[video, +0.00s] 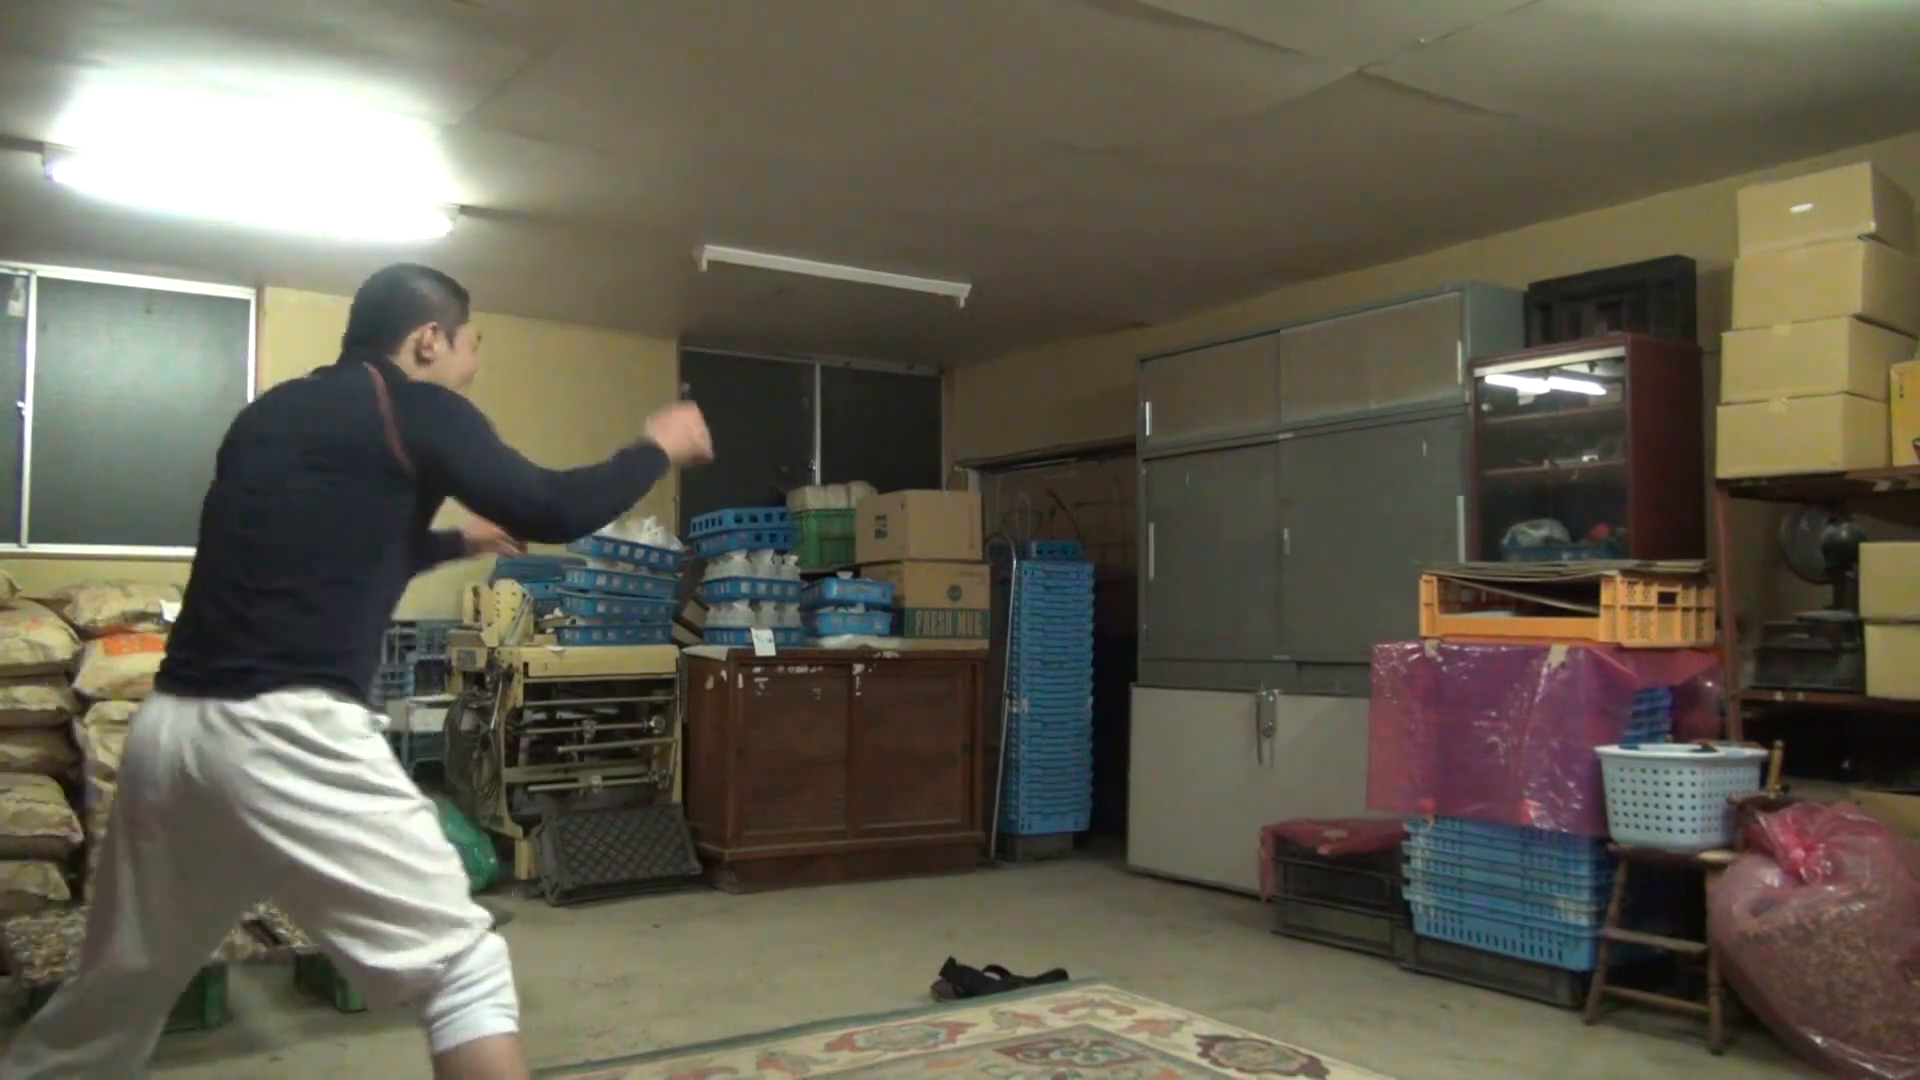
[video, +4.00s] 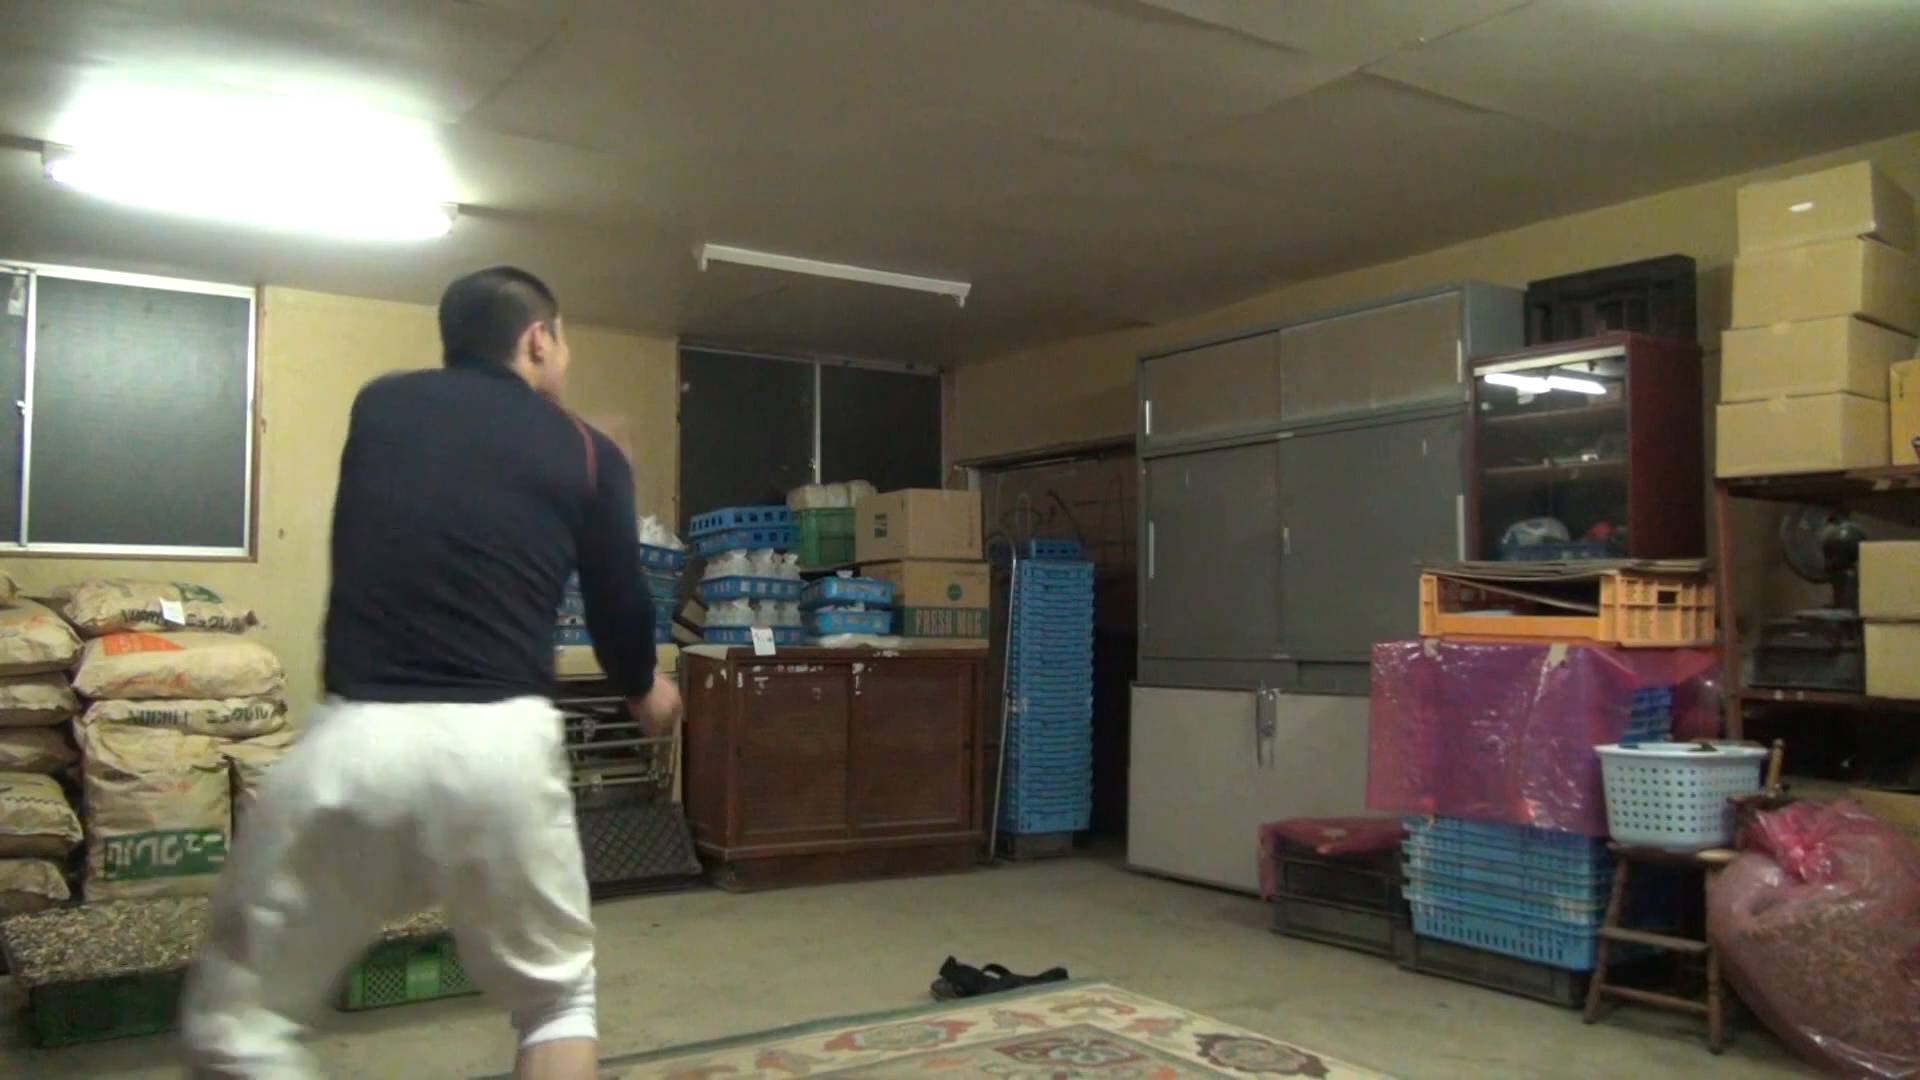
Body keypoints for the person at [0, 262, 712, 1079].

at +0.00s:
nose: (469, 367)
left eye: (472, 350)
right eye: (467, 348)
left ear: (359, 337)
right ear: (425, 341)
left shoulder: (264, 412)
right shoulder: (416, 407)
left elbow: (327, 556)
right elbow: (551, 510)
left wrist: (456, 542)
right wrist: (657, 449)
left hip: (165, 732)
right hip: (291, 732)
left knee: (114, 989)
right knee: (464, 975)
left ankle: (34, 1072)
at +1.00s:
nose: (447, 624)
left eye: (441, 609)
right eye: (434, 614)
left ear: (475, 573)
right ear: (489, 547)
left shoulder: (553, 597)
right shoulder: (568, 525)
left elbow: (443, 708)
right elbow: (507, 523)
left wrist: (341, 664)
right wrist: (455, 505)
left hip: (705, 804)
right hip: (709, 795)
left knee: (544, 969)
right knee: (641, 999)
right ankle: (776, 1046)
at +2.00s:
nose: (479, 304)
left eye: (477, 282)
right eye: (468, 279)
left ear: (392, 282)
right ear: (408, 278)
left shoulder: (293, 368)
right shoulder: (370, 357)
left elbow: (267, 537)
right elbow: (328, 500)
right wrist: (473, 565)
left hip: (237, 713)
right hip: (338, 717)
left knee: (205, 990)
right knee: (472, 961)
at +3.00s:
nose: (485, 326)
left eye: (486, 305)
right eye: (479, 303)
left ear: (385, 299)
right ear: (430, 296)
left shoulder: (280, 379)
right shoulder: (413, 380)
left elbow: (363, 556)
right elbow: (505, 532)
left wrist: (497, 543)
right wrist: (632, 512)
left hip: (155, 713)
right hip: (283, 715)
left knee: (141, 1027)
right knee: (392, 1008)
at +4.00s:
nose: (566, 360)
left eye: (565, 345)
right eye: (563, 344)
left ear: (452, 346)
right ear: (535, 343)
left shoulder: (379, 403)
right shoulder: (591, 454)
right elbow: (619, 614)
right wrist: (645, 688)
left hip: (355, 736)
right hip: (505, 742)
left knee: (241, 1014)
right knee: (556, 1004)